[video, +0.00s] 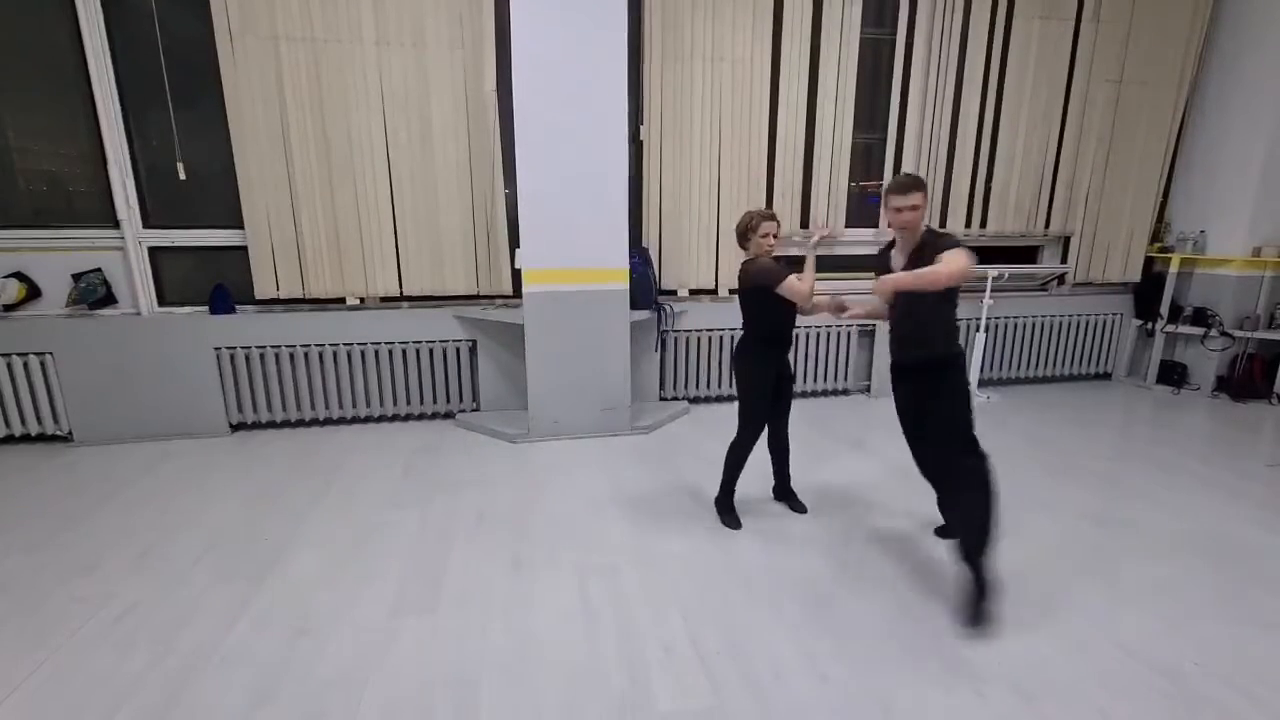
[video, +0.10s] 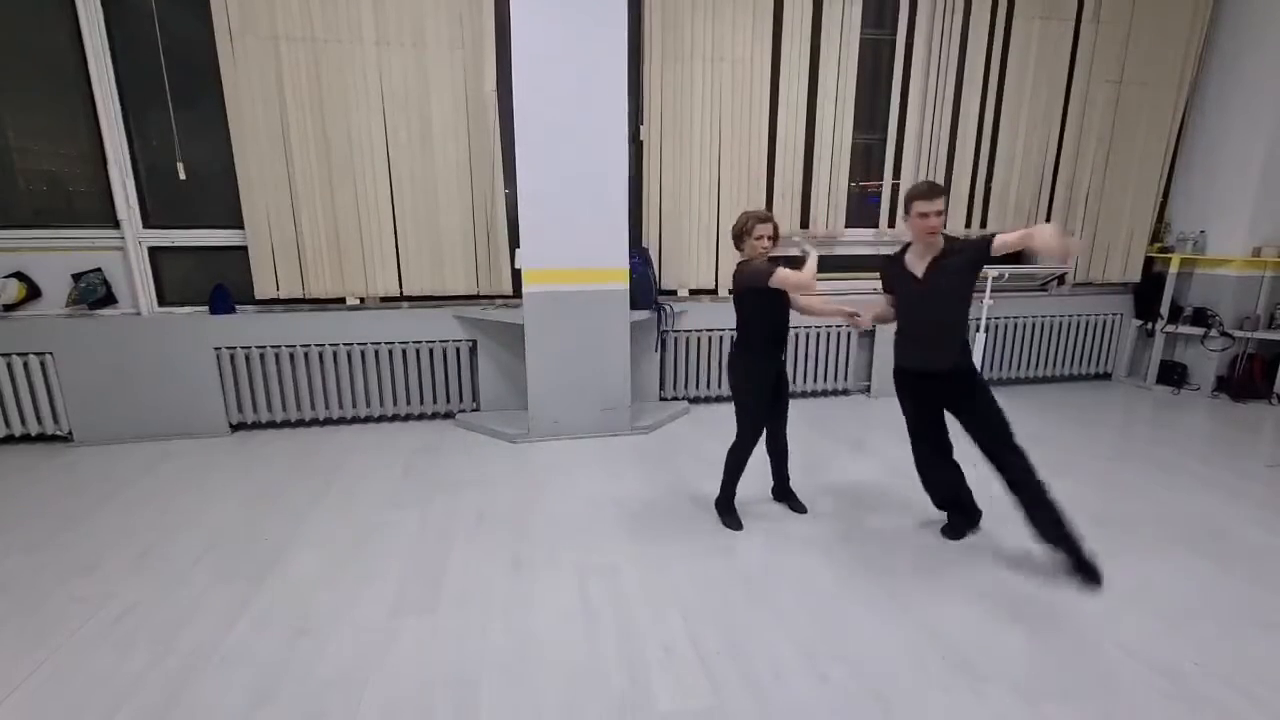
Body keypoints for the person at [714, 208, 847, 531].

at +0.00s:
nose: (772, 241)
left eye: (775, 236)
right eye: (765, 236)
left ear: (777, 237)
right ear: (748, 238)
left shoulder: (771, 267)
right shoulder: (757, 269)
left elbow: (798, 307)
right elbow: (805, 296)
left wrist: (829, 306)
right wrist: (812, 250)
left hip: (777, 360)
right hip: (754, 361)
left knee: (779, 429)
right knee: (749, 432)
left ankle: (783, 487)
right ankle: (724, 497)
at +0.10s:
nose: (767, 244)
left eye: (770, 238)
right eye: (759, 238)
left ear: (774, 240)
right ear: (742, 240)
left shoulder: (770, 273)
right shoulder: (747, 272)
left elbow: (803, 305)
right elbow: (807, 283)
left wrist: (845, 312)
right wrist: (813, 253)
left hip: (772, 364)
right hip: (748, 365)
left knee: (777, 431)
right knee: (749, 435)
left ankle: (781, 487)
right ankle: (725, 500)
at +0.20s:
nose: (762, 245)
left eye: (766, 238)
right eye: (755, 239)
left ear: (770, 238)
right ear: (737, 240)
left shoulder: (776, 273)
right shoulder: (729, 270)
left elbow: (818, 298)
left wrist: (864, 310)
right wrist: (799, 259)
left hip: (769, 361)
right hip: (738, 363)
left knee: (783, 427)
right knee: (741, 432)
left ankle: (777, 488)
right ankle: (724, 500)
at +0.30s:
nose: (760, 246)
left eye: (764, 239)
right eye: (752, 239)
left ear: (769, 241)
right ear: (735, 242)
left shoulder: (778, 273)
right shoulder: (724, 272)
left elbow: (826, 292)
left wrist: (871, 297)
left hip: (767, 363)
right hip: (731, 364)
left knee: (788, 429)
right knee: (734, 432)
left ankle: (765, 481)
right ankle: (724, 500)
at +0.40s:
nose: (764, 246)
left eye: (767, 239)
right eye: (757, 240)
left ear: (770, 240)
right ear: (737, 242)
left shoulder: (779, 272)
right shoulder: (722, 270)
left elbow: (827, 287)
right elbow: (692, 237)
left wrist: (874, 291)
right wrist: (731, 244)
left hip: (767, 364)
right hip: (728, 365)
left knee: (776, 433)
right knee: (731, 433)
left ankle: (752, 489)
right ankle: (725, 499)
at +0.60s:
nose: (771, 243)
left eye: (775, 237)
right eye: (764, 236)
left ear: (777, 240)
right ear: (743, 239)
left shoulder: (783, 274)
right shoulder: (724, 271)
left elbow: (832, 281)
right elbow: (683, 262)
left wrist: (885, 278)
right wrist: (697, 241)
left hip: (771, 371)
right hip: (731, 370)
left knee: (764, 444)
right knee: (730, 440)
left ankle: (745, 492)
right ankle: (726, 498)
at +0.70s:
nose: (785, 241)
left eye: (785, 235)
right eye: (780, 235)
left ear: (772, 241)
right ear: (757, 240)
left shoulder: (790, 274)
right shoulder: (729, 278)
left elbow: (844, 281)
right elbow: (690, 301)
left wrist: (903, 272)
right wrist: (684, 271)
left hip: (776, 368)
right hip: (737, 368)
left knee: (790, 437)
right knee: (734, 436)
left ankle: (758, 492)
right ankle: (727, 502)